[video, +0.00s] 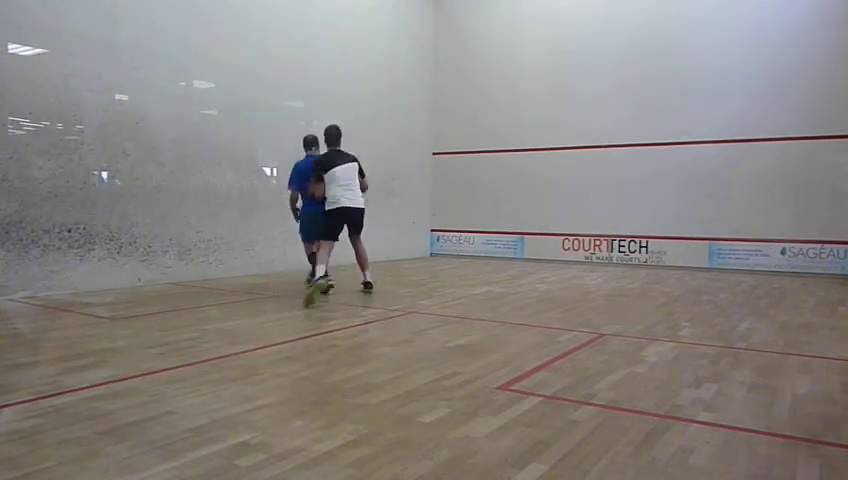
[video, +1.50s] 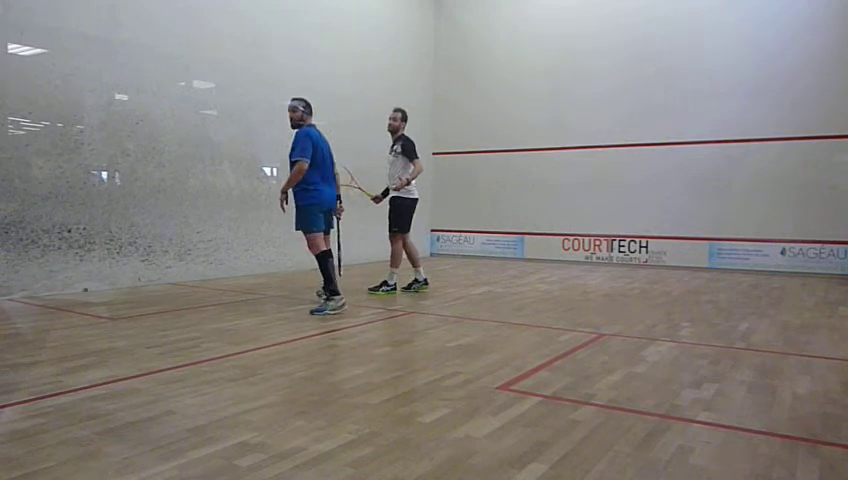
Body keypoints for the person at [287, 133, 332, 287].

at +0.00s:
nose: (313, 149)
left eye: (307, 147)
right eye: (315, 146)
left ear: (304, 148)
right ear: (318, 146)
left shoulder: (300, 166)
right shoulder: (327, 162)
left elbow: (294, 194)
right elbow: (335, 185)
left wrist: (294, 211)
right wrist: (334, 204)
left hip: (308, 209)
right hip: (327, 208)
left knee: (308, 241)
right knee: (324, 241)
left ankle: (315, 268)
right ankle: (322, 273)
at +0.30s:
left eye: (301, 140)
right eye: (309, 138)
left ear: (298, 141)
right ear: (314, 139)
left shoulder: (295, 159)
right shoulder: (326, 155)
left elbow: (293, 190)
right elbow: (333, 181)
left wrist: (294, 209)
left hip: (313, 205)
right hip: (334, 204)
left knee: (297, 237)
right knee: (333, 241)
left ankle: (306, 270)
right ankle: (333, 277)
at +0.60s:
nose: (297, 136)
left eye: (294, 133)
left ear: (293, 134)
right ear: (309, 133)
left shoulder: (288, 155)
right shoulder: (325, 153)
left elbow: (283, 186)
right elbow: (332, 181)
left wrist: (278, 209)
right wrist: (325, 198)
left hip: (301, 208)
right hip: (326, 206)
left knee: (294, 243)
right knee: (327, 239)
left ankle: (303, 283)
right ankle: (330, 279)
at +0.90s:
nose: (296, 129)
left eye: (297, 126)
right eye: (296, 125)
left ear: (300, 126)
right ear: (314, 126)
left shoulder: (295, 146)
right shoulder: (331, 149)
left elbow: (286, 176)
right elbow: (336, 180)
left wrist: (275, 201)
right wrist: (331, 201)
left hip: (301, 203)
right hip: (327, 203)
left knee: (301, 243)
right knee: (324, 242)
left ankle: (303, 284)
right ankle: (327, 284)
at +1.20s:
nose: (296, 120)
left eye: (299, 115)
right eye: (295, 116)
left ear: (311, 117)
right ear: (315, 119)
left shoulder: (306, 137)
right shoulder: (330, 141)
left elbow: (298, 167)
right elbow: (340, 174)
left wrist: (282, 188)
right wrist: (342, 200)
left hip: (310, 198)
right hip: (333, 199)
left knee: (299, 240)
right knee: (329, 243)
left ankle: (311, 285)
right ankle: (327, 291)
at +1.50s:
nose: (290, 115)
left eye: (294, 111)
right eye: (289, 111)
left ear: (305, 114)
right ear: (307, 116)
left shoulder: (304, 135)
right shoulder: (318, 136)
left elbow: (302, 166)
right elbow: (333, 170)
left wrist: (285, 188)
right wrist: (337, 197)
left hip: (310, 198)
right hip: (326, 196)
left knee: (315, 244)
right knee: (324, 242)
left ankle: (335, 295)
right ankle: (329, 287)